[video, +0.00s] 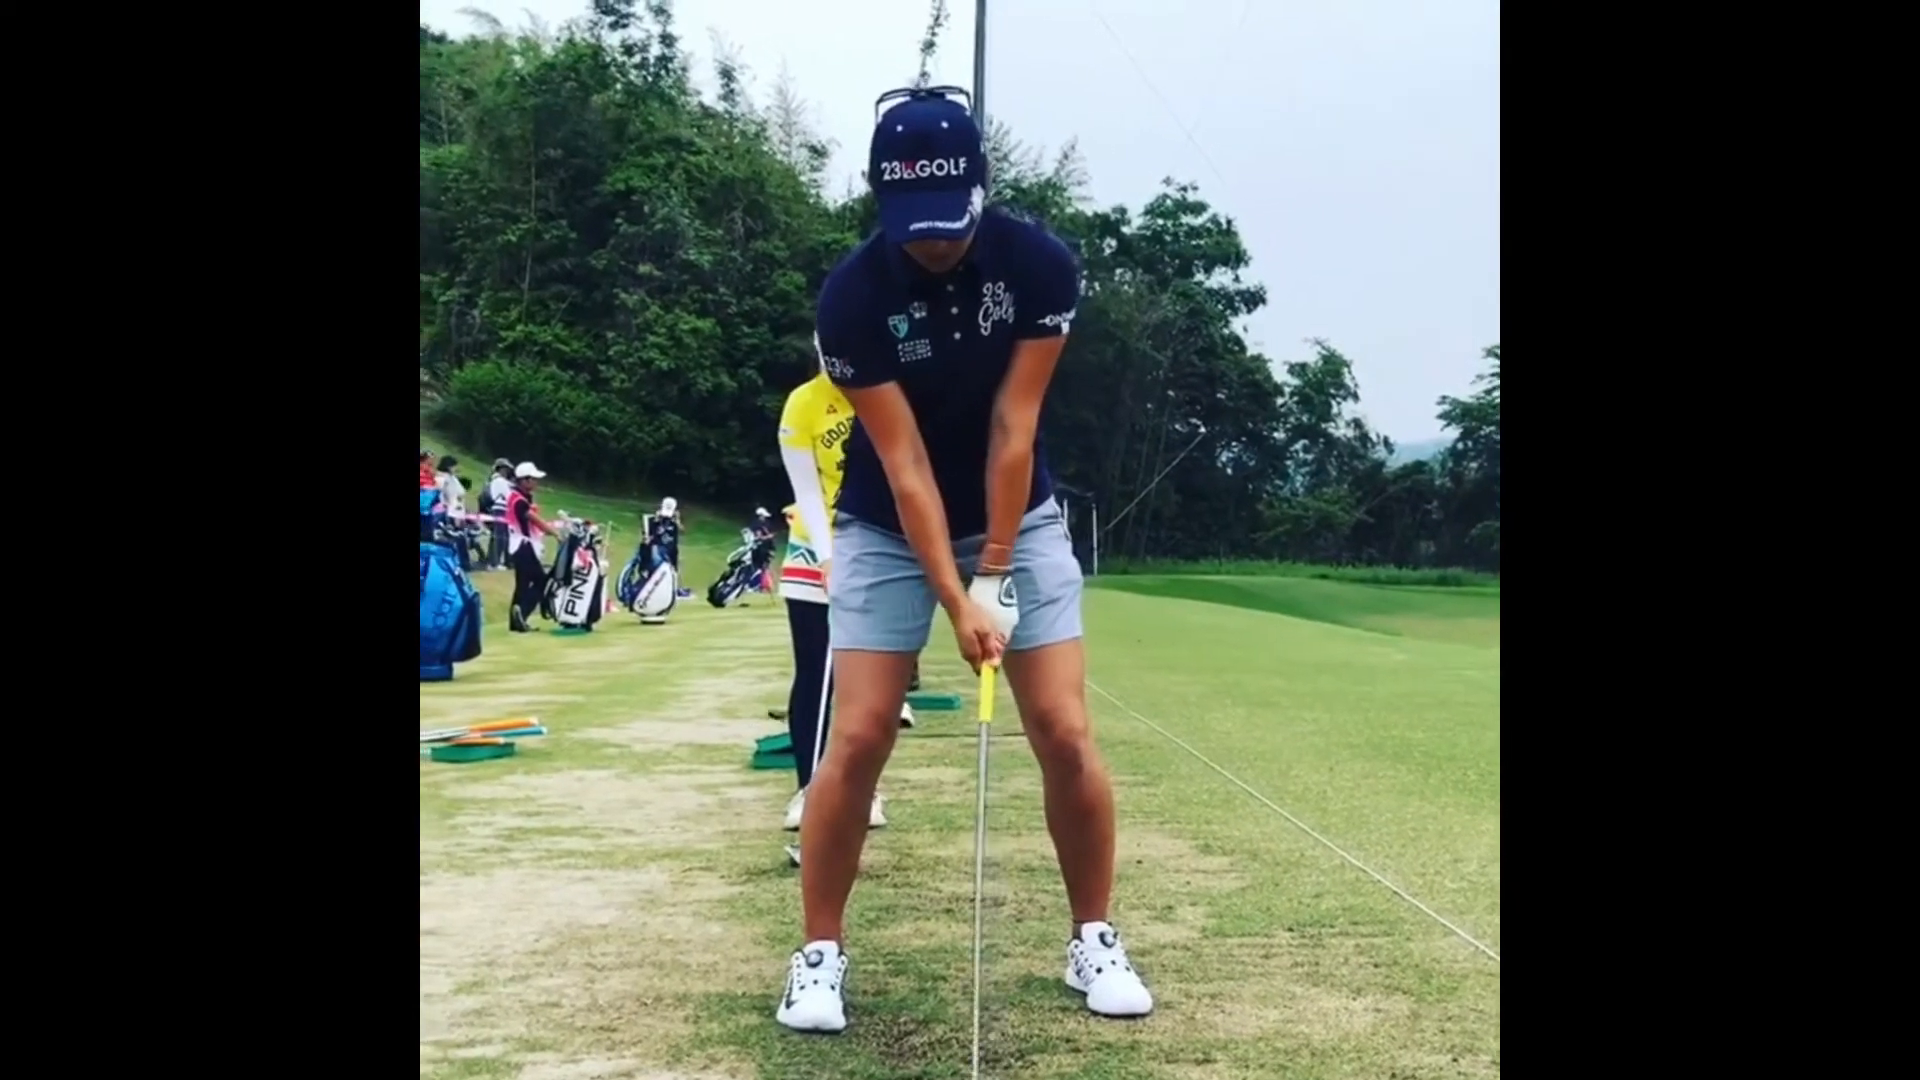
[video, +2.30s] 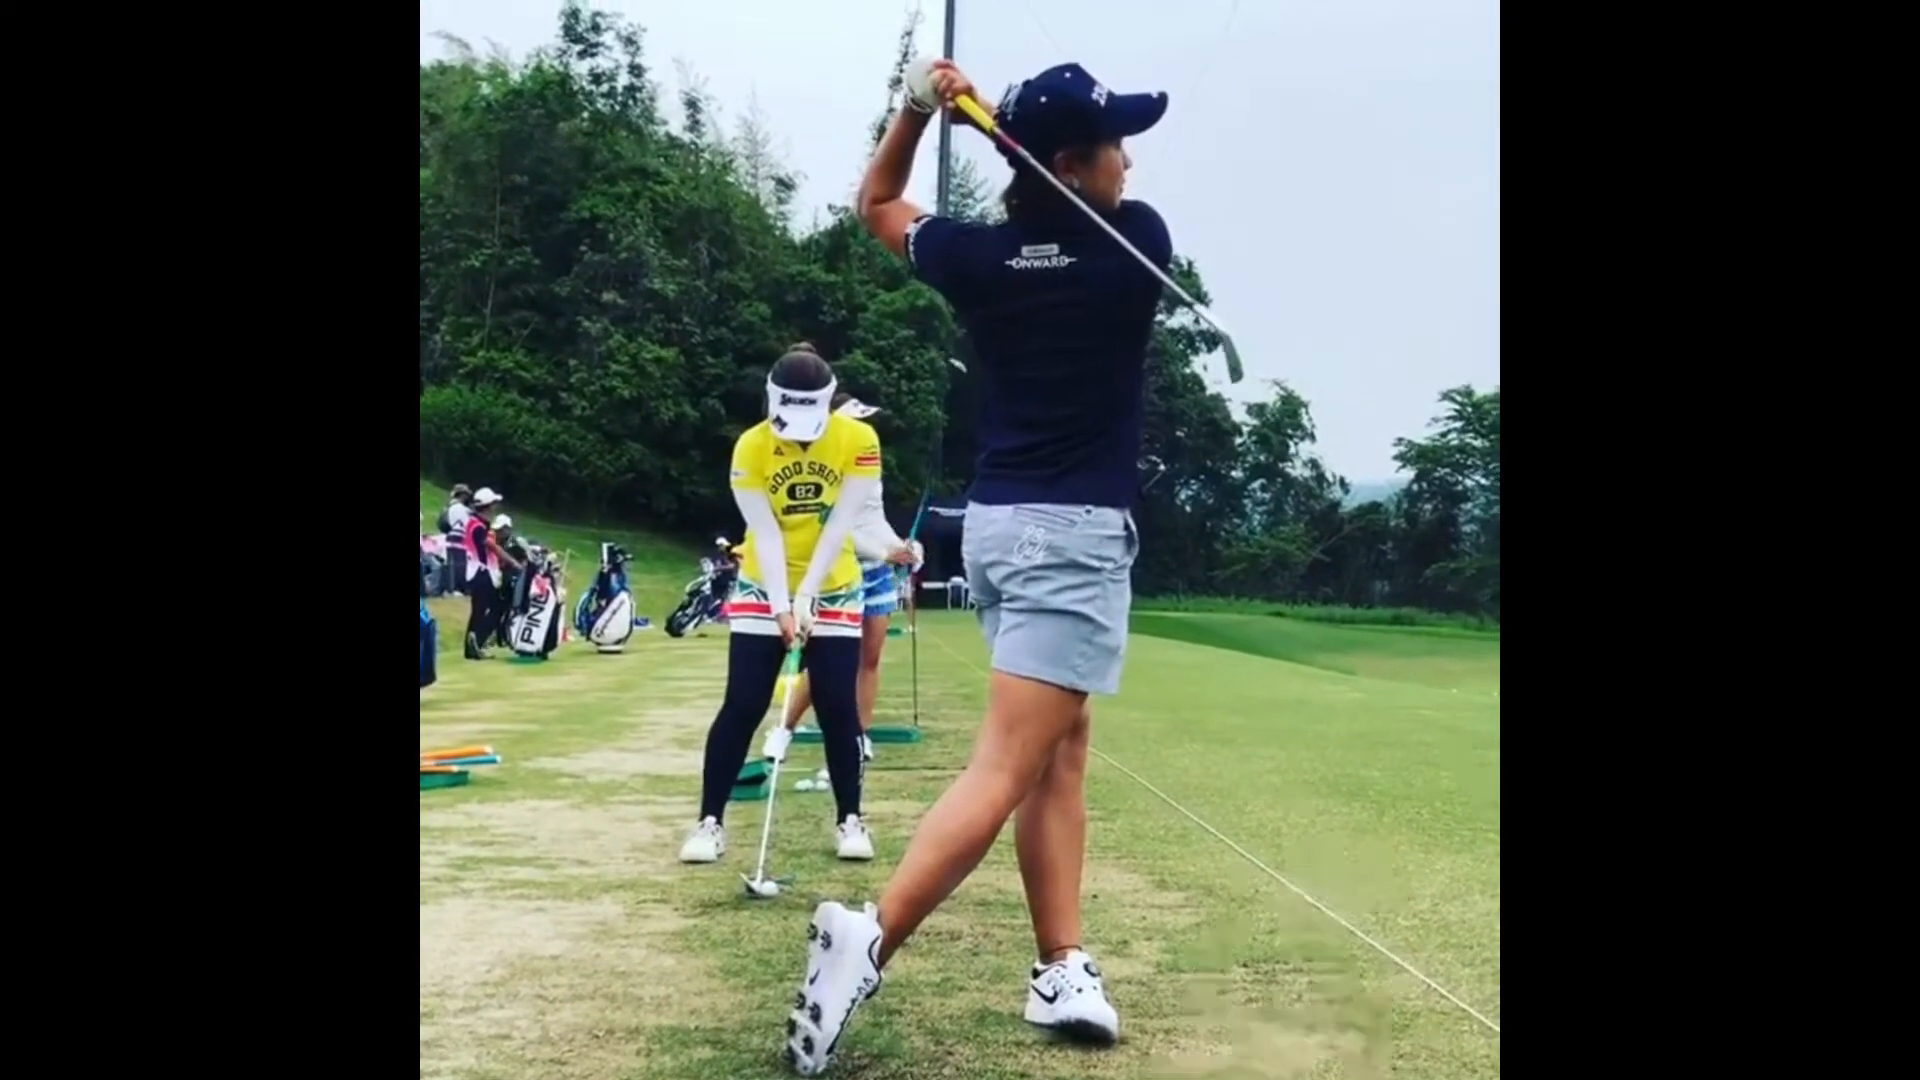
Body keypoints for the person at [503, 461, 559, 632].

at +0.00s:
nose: (536, 484)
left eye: (536, 480)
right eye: (533, 480)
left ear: (525, 482)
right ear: (524, 481)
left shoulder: (517, 497)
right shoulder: (519, 501)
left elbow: (534, 518)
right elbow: (536, 521)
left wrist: (552, 527)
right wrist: (555, 532)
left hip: (518, 542)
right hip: (523, 544)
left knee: (522, 582)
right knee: (540, 579)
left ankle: (516, 620)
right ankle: (522, 611)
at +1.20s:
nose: (520, 498)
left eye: (519, 494)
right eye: (517, 495)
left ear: (505, 496)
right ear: (510, 496)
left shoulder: (500, 513)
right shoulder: (503, 518)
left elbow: (518, 535)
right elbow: (519, 538)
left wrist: (535, 544)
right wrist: (538, 549)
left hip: (501, 558)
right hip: (504, 560)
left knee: (504, 598)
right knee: (522, 595)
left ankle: (497, 636)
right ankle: (503, 627)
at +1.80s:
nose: (498, 503)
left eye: (498, 499)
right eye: (496, 500)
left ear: (483, 500)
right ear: (489, 501)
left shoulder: (477, 517)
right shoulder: (481, 522)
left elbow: (495, 540)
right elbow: (497, 543)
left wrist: (513, 549)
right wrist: (516, 554)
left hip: (477, 562)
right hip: (482, 564)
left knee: (481, 603)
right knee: (499, 600)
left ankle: (474, 642)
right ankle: (480, 633)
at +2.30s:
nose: (495, 508)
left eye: (495, 505)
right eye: (493, 505)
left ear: (479, 506)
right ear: (486, 507)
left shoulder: (472, 523)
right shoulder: (479, 527)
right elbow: (495, 549)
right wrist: (515, 564)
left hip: (475, 568)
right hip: (483, 571)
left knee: (479, 608)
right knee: (497, 606)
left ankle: (472, 644)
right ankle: (478, 638)